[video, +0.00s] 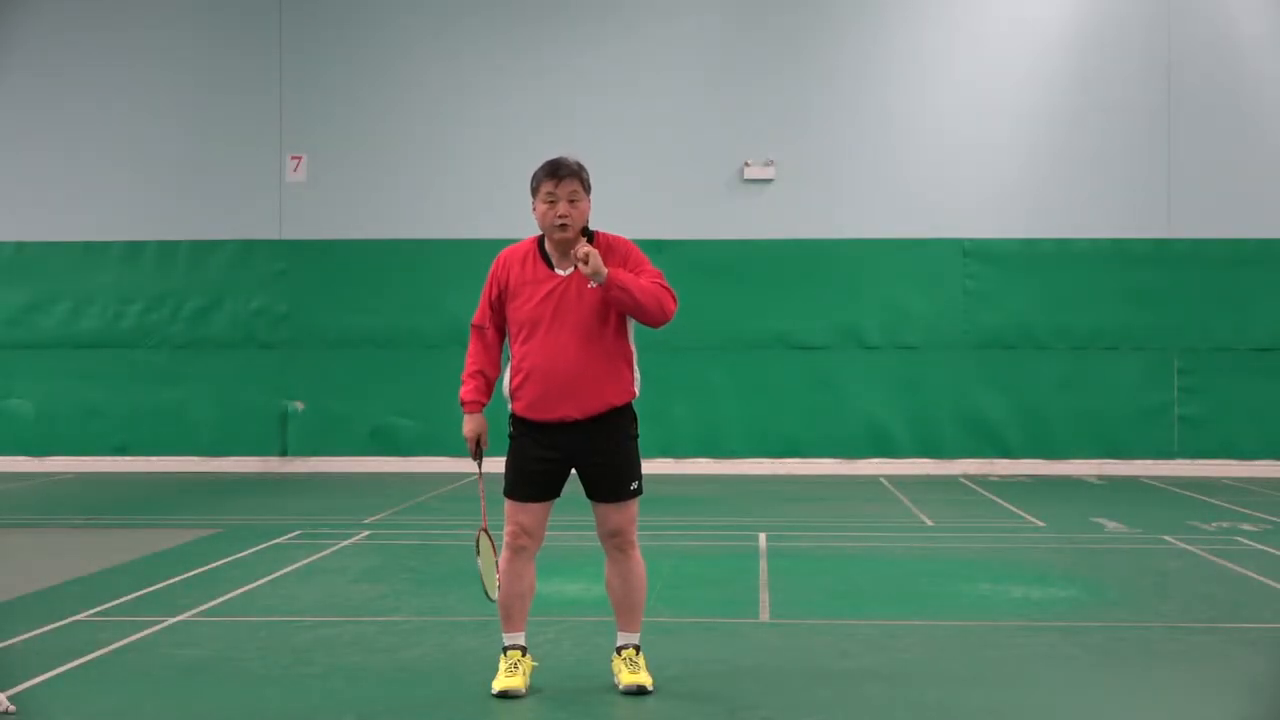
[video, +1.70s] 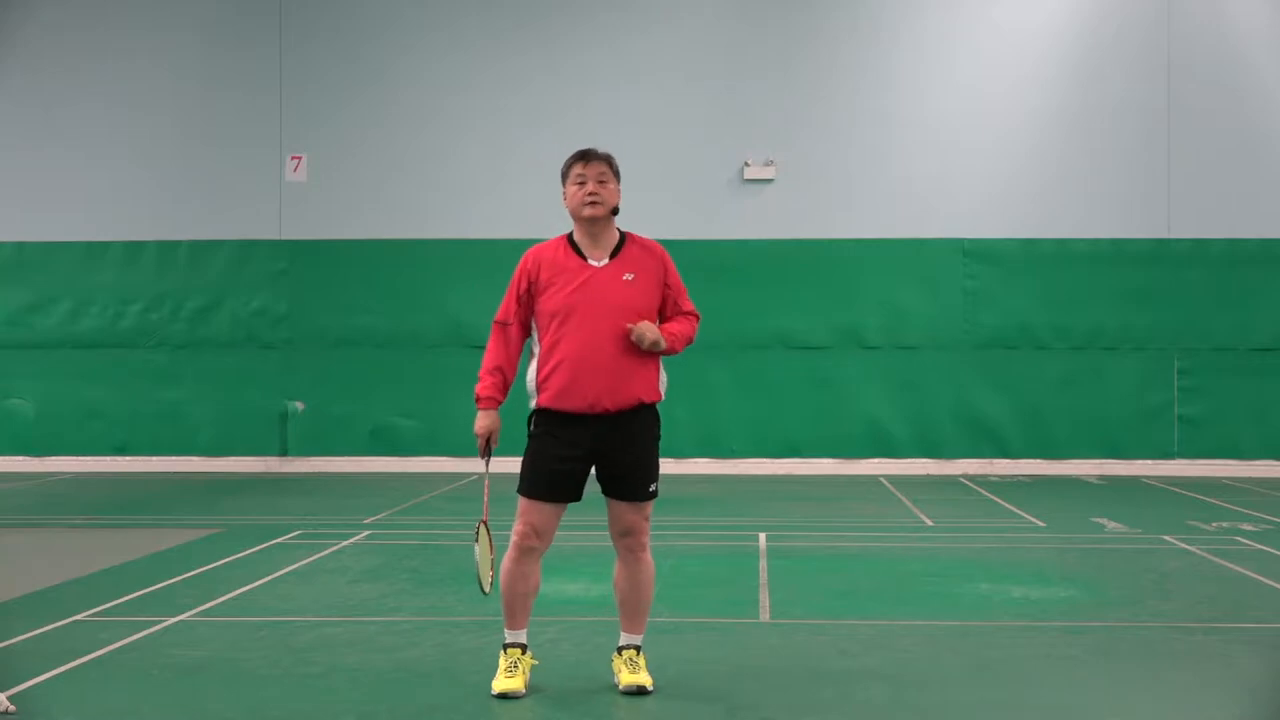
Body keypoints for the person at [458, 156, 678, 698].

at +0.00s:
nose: (561, 210)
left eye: (571, 199)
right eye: (550, 201)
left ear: (588, 204)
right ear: (535, 208)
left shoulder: (616, 252)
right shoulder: (510, 264)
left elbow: (662, 308)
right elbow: (485, 335)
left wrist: (605, 278)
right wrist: (474, 407)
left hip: (607, 421)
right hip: (535, 425)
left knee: (620, 537)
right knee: (519, 538)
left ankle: (629, 650)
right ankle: (513, 652)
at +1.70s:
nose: (590, 188)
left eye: (601, 180)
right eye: (579, 181)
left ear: (619, 195)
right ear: (564, 197)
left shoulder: (652, 258)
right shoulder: (539, 261)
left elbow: (686, 319)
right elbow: (507, 331)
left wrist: (663, 336)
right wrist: (488, 404)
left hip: (632, 420)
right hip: (558, 420)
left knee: (633, 538)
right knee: (528, 537)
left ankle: (631, 650)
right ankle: (514, 649)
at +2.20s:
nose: (639, 188)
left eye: (649, 180)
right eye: (628, 181)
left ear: (667, 194)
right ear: (611, 196)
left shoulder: (694, 261)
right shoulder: (582, 257)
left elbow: (714, 335)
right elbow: (549, 329)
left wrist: (706, 345)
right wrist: (535, 400)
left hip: (667, 419)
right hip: (596, 415)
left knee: (650, 543)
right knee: (583, 537)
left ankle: (634, 650)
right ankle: (579, 651)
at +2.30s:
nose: (643, 187)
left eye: (653, 179)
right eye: (632, 180)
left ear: (671, 191)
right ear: (615, 193)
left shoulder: (695, 259)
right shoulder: (584, 257)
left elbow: (719, 339)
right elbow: (549, 330)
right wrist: (536, 400)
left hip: (671, 419)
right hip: (600, 416)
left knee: (655, 538)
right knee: (595, 536)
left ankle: (636, 649)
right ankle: (600, 653)